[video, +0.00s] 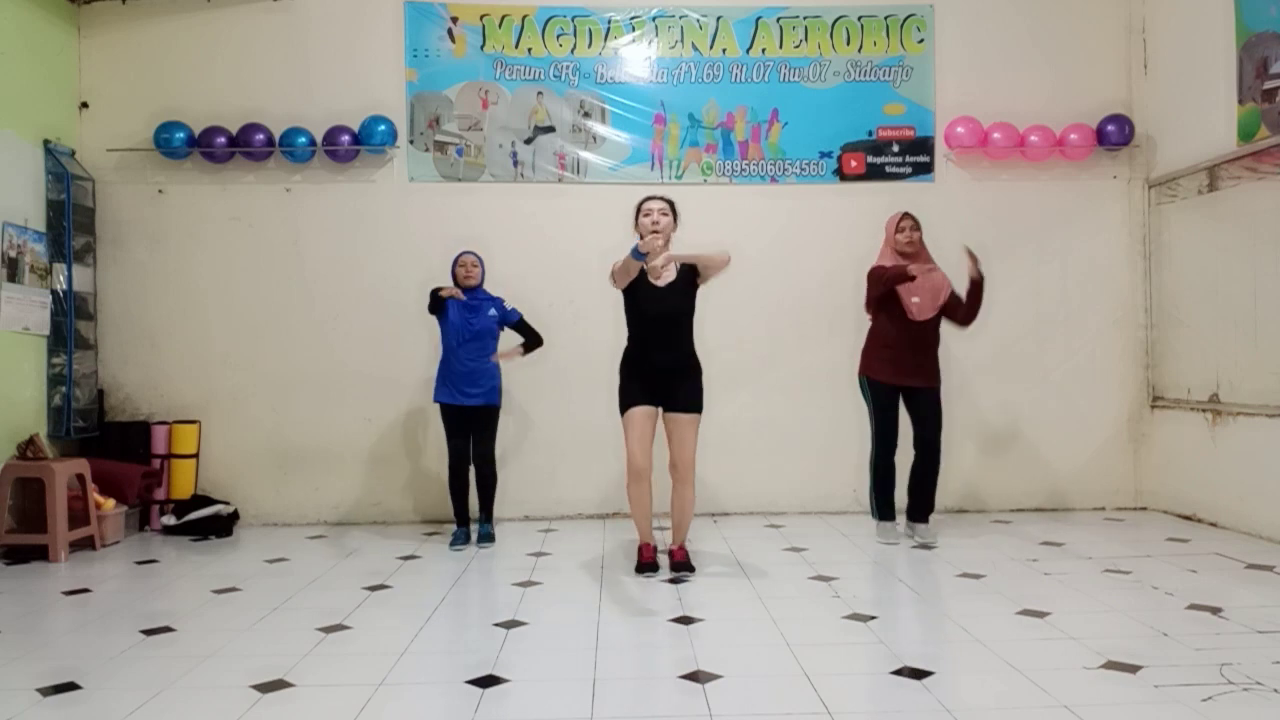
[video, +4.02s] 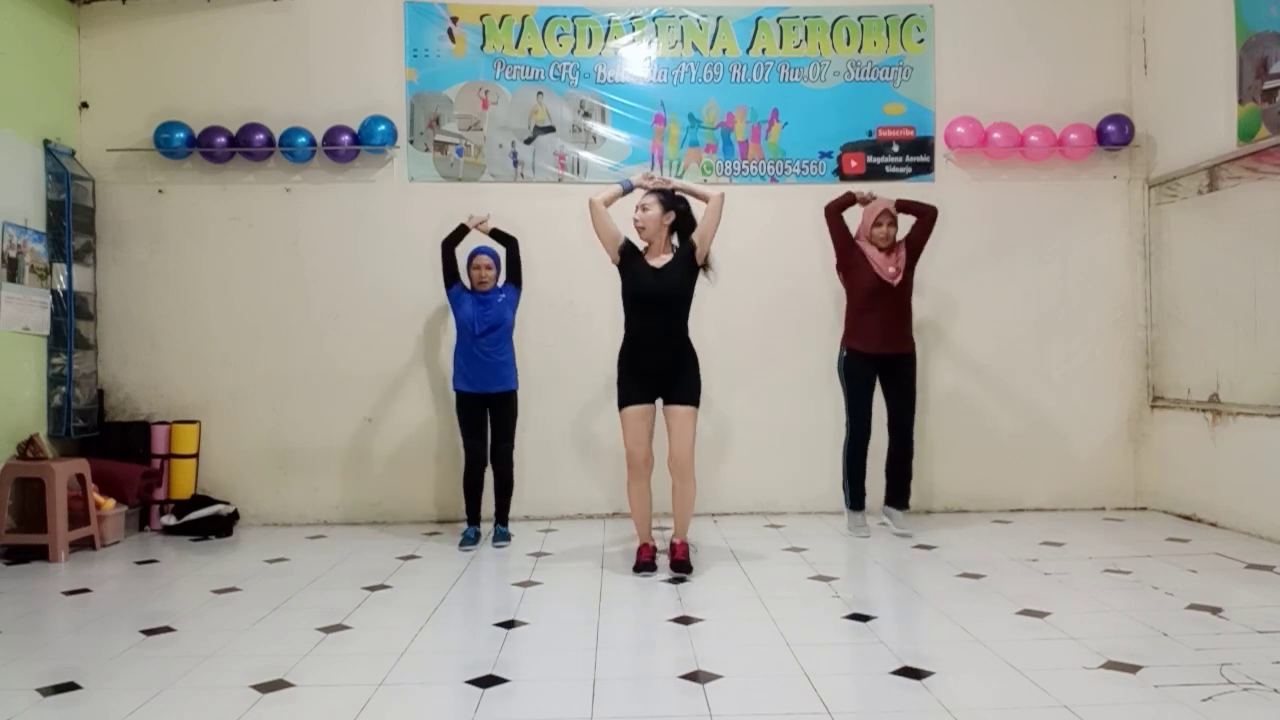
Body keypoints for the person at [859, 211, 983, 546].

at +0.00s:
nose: (910, 234)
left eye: (914, 229)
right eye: (902, 230)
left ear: (922, 236)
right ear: (891, 239)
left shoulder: (934, 278)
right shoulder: (880, 274)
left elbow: (963, 316)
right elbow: (871, 306)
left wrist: (976, 281)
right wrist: (896, 277)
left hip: (922, 373)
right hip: (880, 371)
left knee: (929, 445)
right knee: (885, 443)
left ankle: (918, 520)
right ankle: (885, 519)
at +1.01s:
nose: (902, 237)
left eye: (906, 232)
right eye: (894, 232)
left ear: (912, 239)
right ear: (879, 238)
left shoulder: (921, 267)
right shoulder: (866, 269)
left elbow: (941, 223)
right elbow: (856, 219)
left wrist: (917, 181)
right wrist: (883, 178)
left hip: (919, 368)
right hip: (878, 368)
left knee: (914, 445)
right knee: (884, 442)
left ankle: (904, 515)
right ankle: (878, 514)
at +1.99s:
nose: (895, 213)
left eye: (900, 209)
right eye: (887, 210)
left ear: (907, 218)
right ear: (876, 221)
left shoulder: (923, 254)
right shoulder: (864, 258)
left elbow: (936, 304)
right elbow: (860, 312)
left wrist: (936, 345)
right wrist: (883, 352)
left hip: (914, 353)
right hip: (871, 353)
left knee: (919, 431)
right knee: (869, 429)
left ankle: (908, 505)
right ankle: (866, 508)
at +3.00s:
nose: (892, 225)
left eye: (897, 220)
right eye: (885, 221)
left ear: (906, 228)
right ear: (873, 231)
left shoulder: (914, 262)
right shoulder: (859, 265)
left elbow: (945, 275)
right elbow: (869, 265)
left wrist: (932, 256)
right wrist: (906, 253)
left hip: (911, 357)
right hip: (871, 356)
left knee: (910, 436)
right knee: (872, 428)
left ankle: (905, 512)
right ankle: (871, 502)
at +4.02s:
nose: (885, 230)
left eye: (890, 224)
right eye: (878, 224)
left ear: (896, 229)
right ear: (866, 229)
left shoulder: (906, 254)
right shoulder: (851, 255)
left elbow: (930, 212)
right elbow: (831, 211)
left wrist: (892, 203)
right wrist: (855, 196)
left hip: (899, 354)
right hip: (859, 354)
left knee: (902, 432)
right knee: (859, 432)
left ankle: (896, 505)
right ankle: (855, 508)